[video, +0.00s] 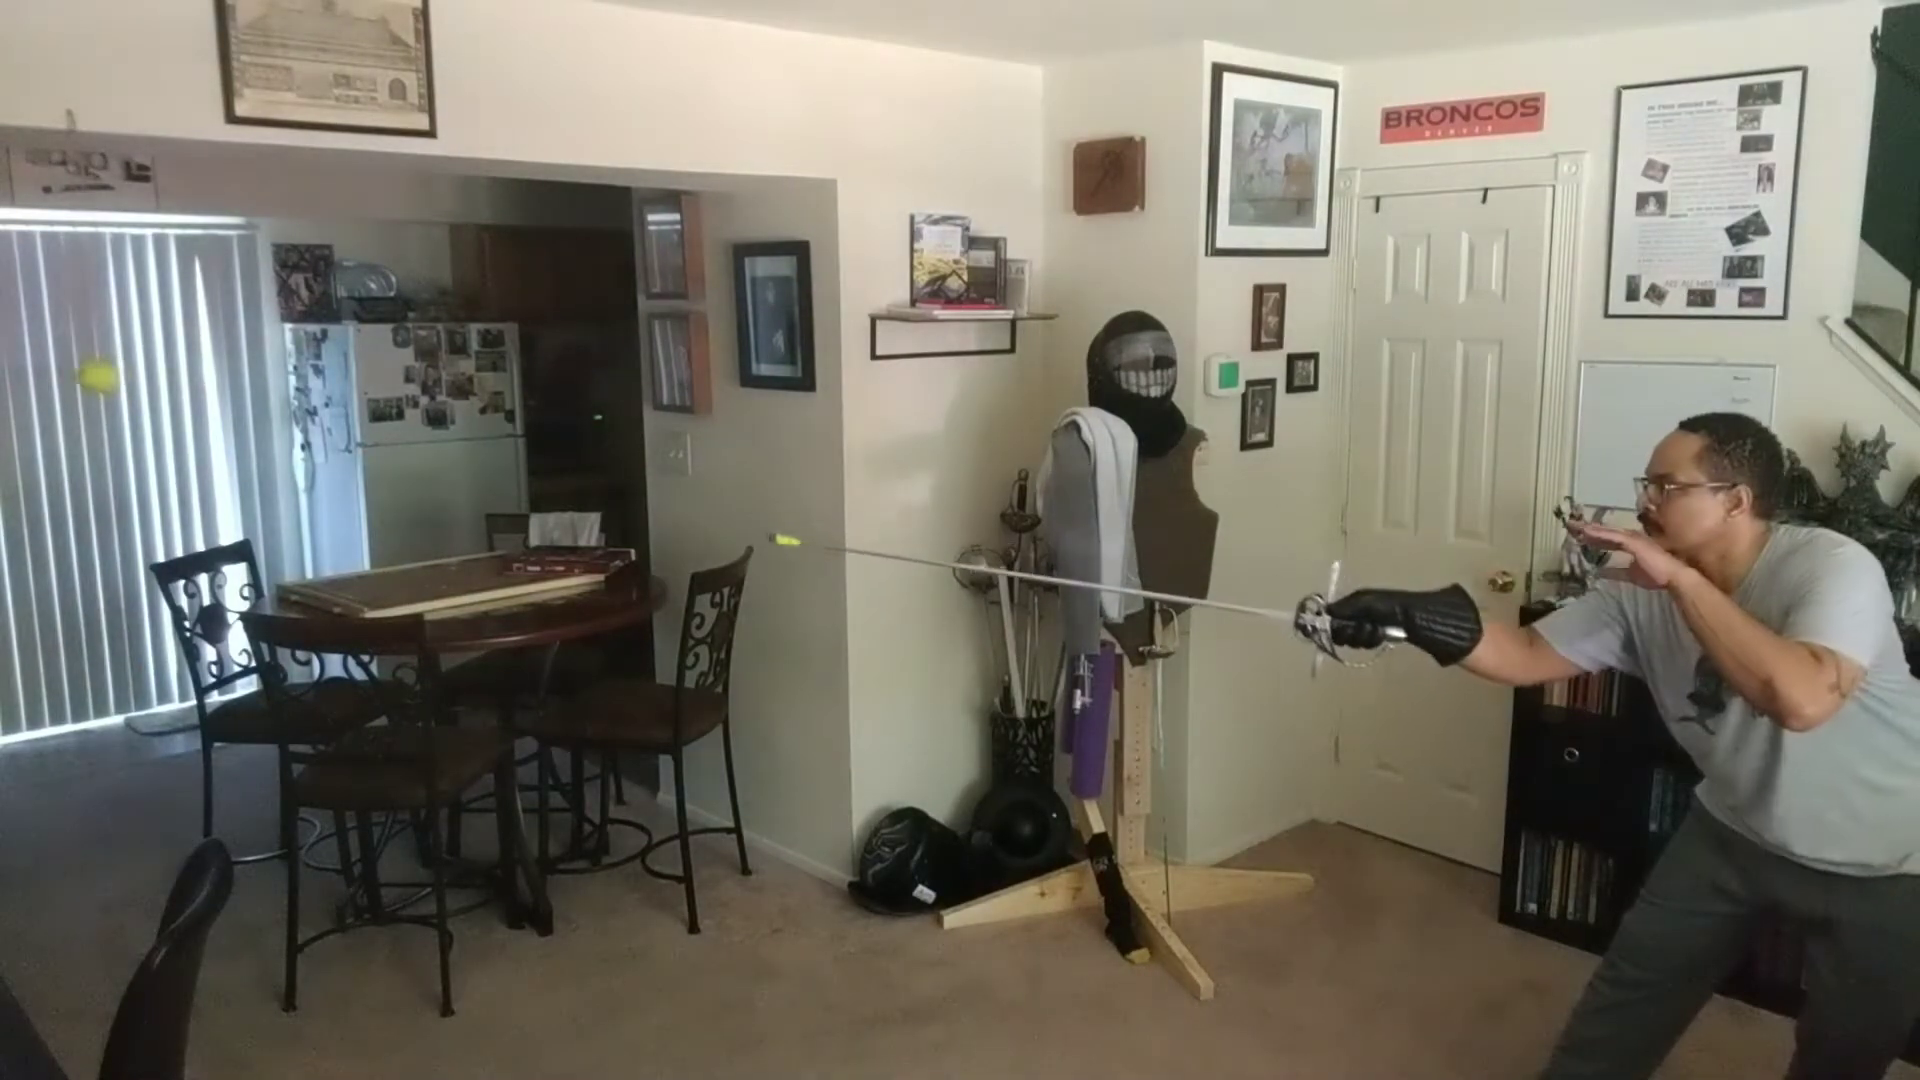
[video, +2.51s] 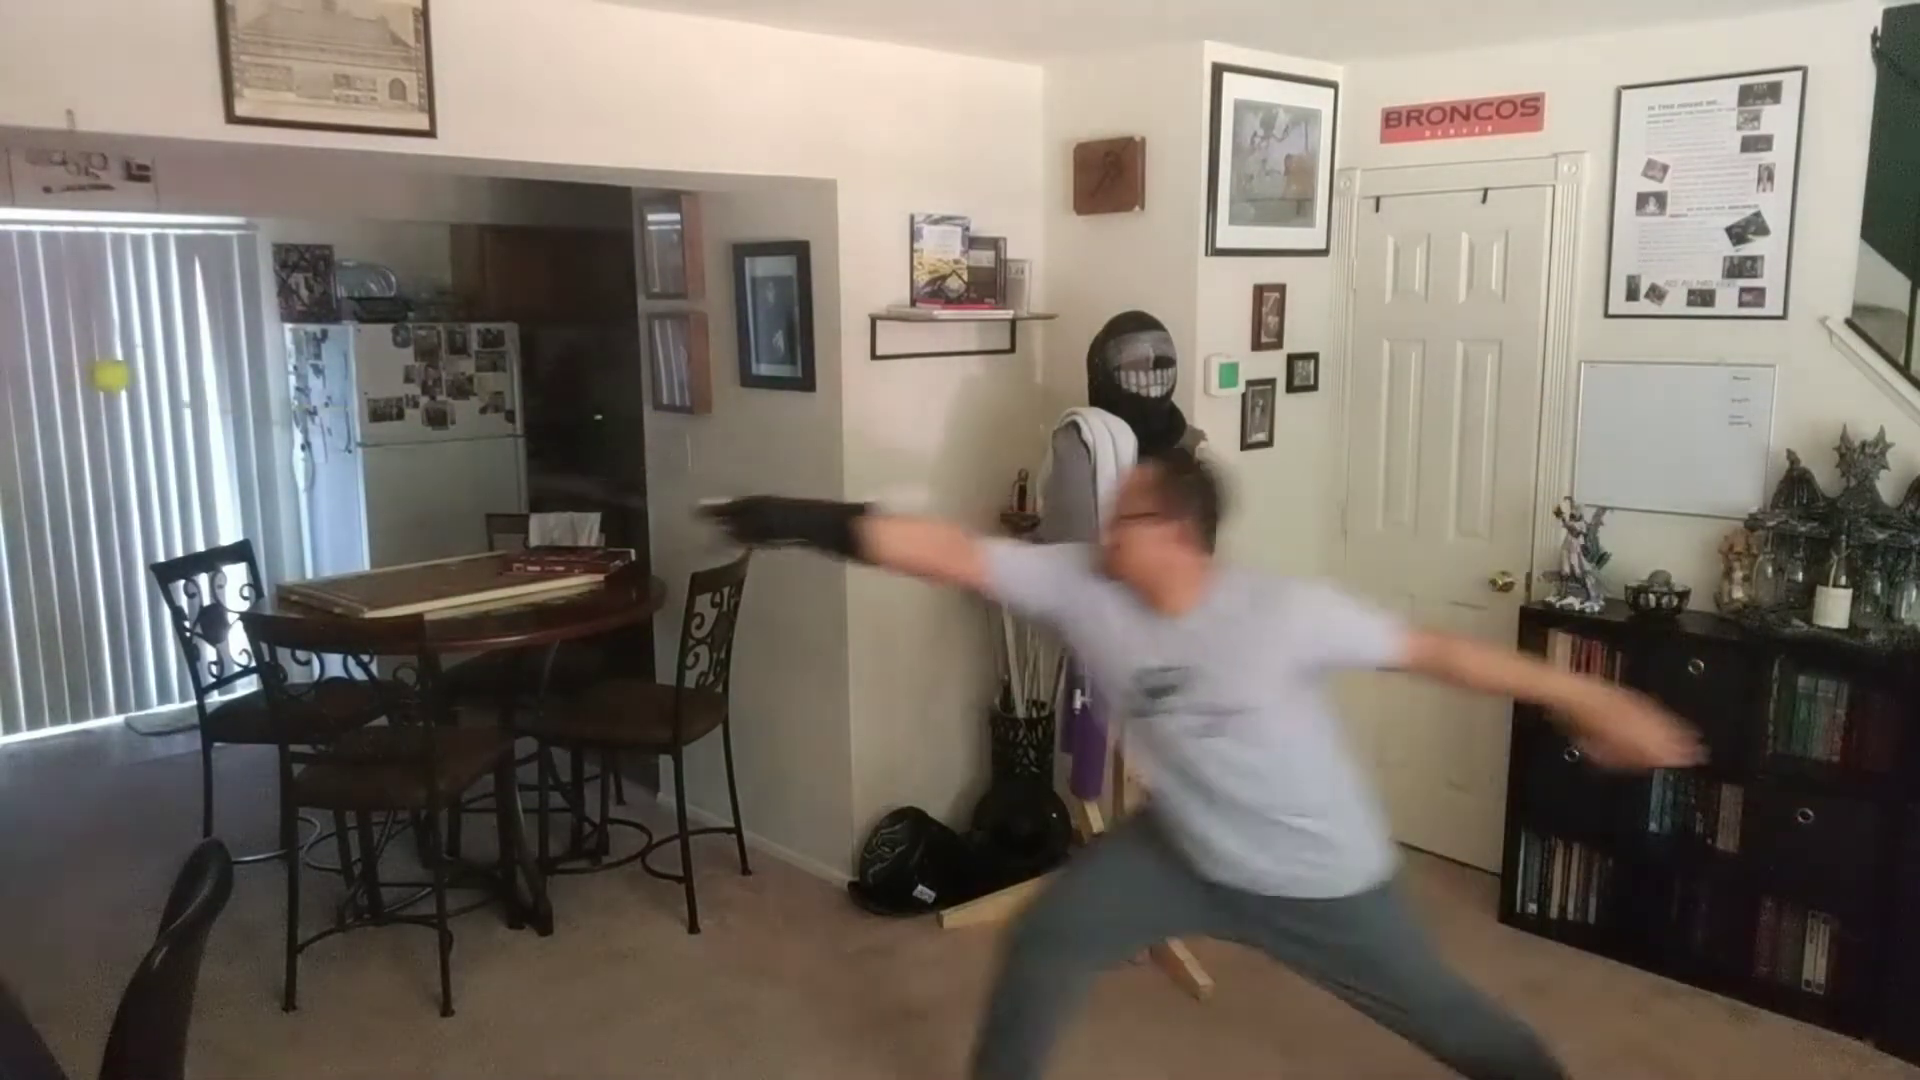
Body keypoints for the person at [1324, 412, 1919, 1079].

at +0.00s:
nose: (1645, 502)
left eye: (1666, 486)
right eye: (1648, 486)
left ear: (1736, 500)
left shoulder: (1837, 569)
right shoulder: (1644, 590)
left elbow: (1804, 697)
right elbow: (1527, 654)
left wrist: (1679, 578)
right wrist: (1419, 615)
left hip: (1877, 877)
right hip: (1729, 835)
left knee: (1838, 1067)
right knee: (1613, 1025)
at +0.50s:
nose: (1662, 499)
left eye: (1682, 485)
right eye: (1662, 482)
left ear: (1753, 497)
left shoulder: (1856, 565)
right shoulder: (1648, 582)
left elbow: (1829, 698)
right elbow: (1545, 655)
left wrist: (1707, 574)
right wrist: (1432, 610)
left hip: (1879, 882)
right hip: (1732, 836)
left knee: (1844, 1066)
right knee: (1621, 1009)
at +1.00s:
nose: (1625, 482)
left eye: (1646, 466)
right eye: (1628, 465)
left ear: (1716, 482)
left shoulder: (1812, 559)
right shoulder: (1612, 568)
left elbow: (1780, 687)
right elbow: (1498, 632)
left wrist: (1675, 558)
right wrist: (1386, 585)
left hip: (1826, 866)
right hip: (1670, 826)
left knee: (1832, 1056)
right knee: (1559, 966)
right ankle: (1487, 1074)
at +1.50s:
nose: (1493, 481)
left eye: (1513, 466)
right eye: (1496, 464)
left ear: (1583, 480)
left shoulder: (1676, 558)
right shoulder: (1488, 561)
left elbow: (1624, 685)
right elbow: (1373, 621)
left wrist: (1529, 551)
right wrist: (1252, 568)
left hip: (1663, 846)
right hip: (1531, 814)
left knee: (1631, 1043)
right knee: (1433, 948)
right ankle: (1435, 1072)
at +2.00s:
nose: (1463, 482)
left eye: (1483, 467)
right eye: (1466, 464)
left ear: (1547, 481)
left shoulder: (1647, 560)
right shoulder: (1449, 561)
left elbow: (1626, 690)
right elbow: (1324, 605)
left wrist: (1520, 556)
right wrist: (1202, 564)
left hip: (1621, 867)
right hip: (1487, 821)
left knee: (1622, 1055)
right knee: (1379, 938)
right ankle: (1412, 1071)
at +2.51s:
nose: (1113, 530)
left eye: (1134, 517)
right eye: (1114, 515)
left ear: (1188, 531)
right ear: (1125, 529)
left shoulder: (1282, 614)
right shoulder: (1090, 592)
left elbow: (1438, 655)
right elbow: (949, 554)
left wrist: (1583, 699)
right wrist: (817, 525)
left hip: (1327, 886)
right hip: (1181, 857)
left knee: (1463, 1027)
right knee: (1050, 935)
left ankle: (1542, 1070)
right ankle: (999, 1075)